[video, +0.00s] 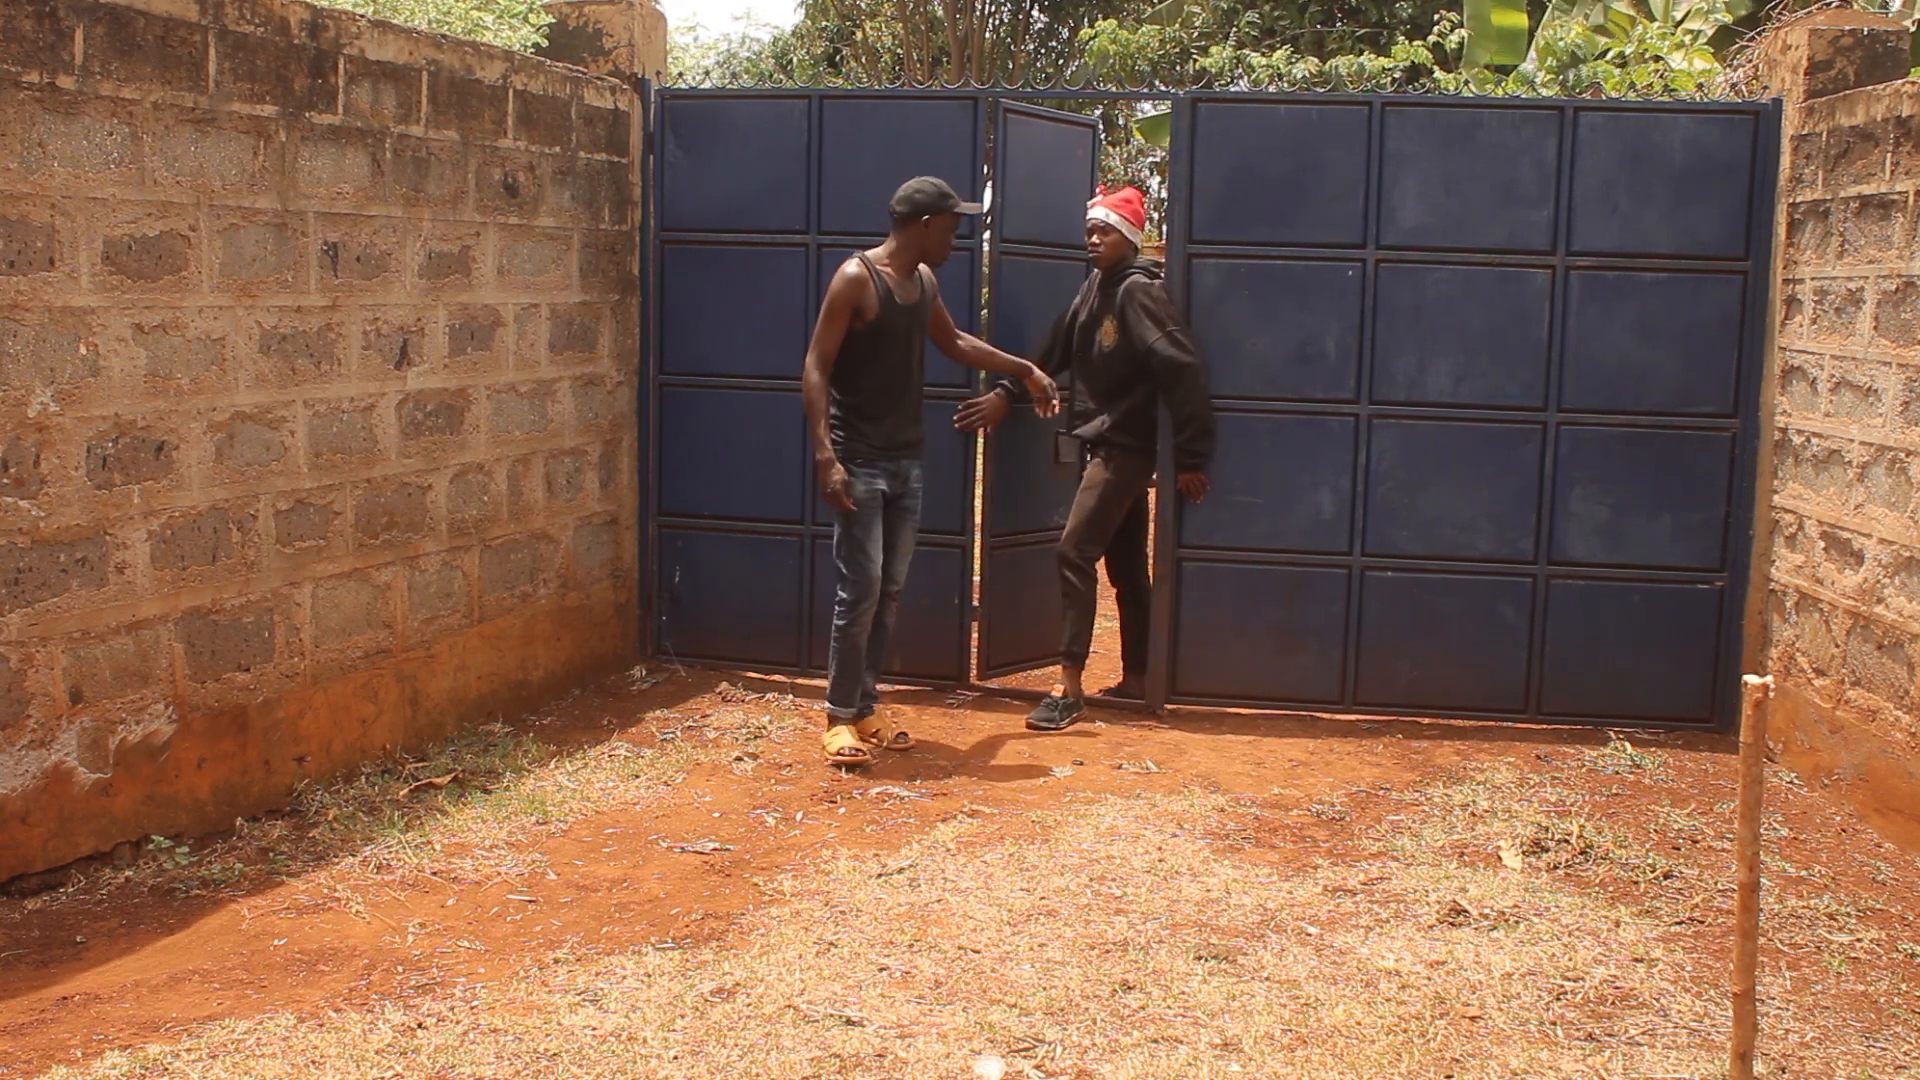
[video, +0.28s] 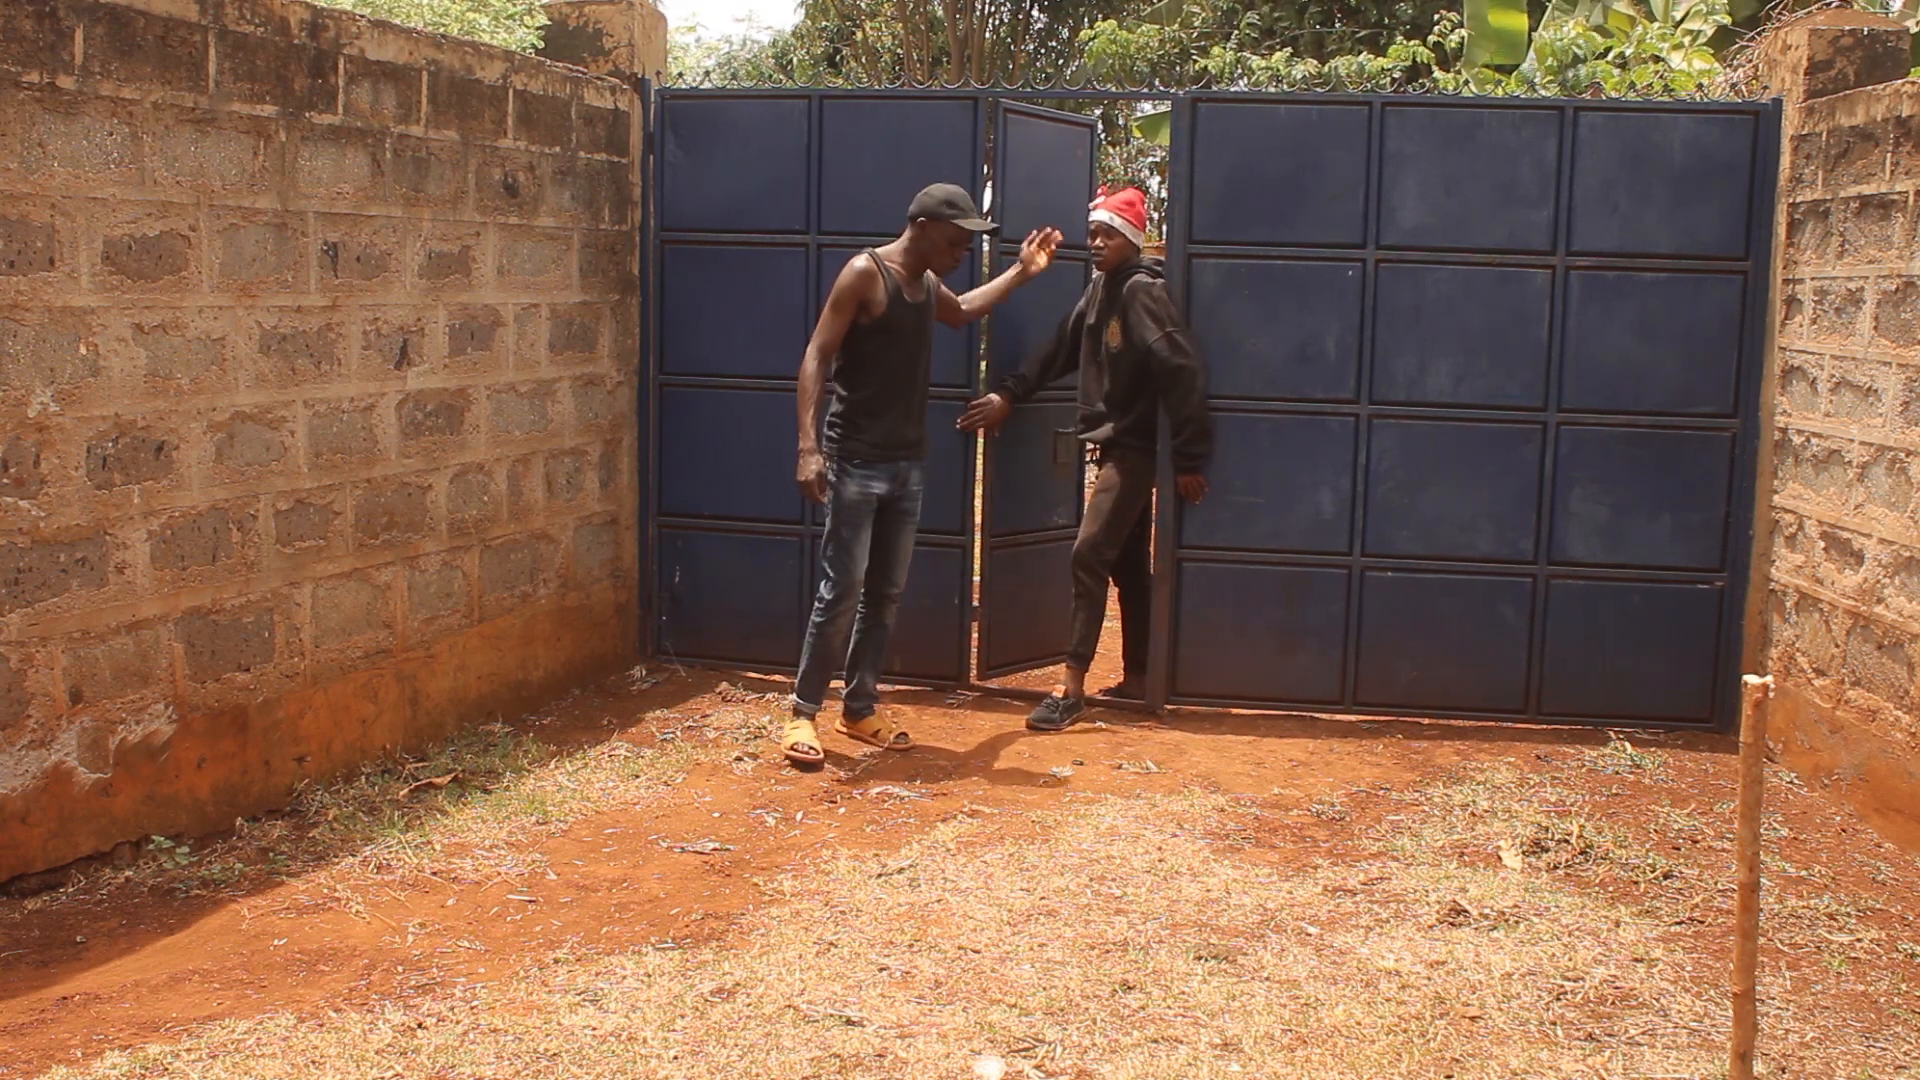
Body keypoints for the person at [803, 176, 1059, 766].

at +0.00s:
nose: (956, 239)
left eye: (956, 228)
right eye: (951, 227)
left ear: (924, 226)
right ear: (920, 224)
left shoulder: (922, 281)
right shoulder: (855, 278)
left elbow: (954, 342)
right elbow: (815, 368)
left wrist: (1026, 369)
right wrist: (825, 456)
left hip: (907, 460)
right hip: (859, 459)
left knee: (888, 588)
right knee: (860, 587)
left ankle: (862, 711)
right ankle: (841, 720)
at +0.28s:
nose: (962, 254)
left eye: (966, 243)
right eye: (956, 241)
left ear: (938, 235)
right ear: (921, 228)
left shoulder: (924, 282)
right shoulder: (863, 273)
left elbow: (963, 309)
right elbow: (815, 360)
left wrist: (1021, 270)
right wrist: (808, 448)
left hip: (906, 464)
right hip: (854, 461)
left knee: (885, 593)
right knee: (843, 589)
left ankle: (860, 714)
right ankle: (801, 716)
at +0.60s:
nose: (939, 256)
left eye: (945, 246)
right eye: (931, 244)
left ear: (942, 240)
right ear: (899, 230)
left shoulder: (925, 285)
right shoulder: (848, 282)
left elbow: (939, 350)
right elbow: (803, 370)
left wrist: (1013, 371)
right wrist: (809, 460)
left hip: (903, 469)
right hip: (848, 465)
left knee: (884, 598)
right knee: (842, 596)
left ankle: (859, 710)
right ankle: (819, 733)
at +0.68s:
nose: (926, 253)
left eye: (933, 244)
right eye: (917, 241)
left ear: (936, 240)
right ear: (886, 230)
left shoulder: (924, 286)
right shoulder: (836, 286)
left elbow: (936, 361)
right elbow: (799, 375)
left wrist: (982, 419)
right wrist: (804, 464)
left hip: (902, 470)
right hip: (844, 469)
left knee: (882, 600)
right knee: (838, 601)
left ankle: (860, 711)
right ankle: (820, 738)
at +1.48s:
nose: (904, 222)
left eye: (901, 212)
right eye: (897, 213)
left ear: (868, 219)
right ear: (870, 219)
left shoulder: (872, 279)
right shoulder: (822, 288)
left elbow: (870, 385)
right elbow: (800, 391)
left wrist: (889, 463)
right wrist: (860, 463)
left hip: (878, 481)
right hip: (832, 483)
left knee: (875, 611)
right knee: (826, 625)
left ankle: (863, 725)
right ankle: (814, 759)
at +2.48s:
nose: (910, 215)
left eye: (905, 205)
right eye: (901, 206)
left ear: (873, 220)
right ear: (872, 220)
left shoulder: (884, 281)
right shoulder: (833, 294)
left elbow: (883, 379)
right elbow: (808, 397)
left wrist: (931, 427)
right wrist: (838, 494)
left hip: (887, 477)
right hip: (841, 483)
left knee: (871, 611)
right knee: (828, 623)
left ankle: (861, 725)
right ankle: (814, 758)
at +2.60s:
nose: (910, 216)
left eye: (906, 206)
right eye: (901, 207)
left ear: (871, 219)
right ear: (874, 218)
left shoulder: (876, 280)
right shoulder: (839, 292)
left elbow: (896, 344)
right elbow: (816, 395)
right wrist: (845, 491)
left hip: (884, 477)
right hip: (843, 481)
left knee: (874, 611)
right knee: (830, 624)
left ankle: (860, 726)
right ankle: (813, 760)